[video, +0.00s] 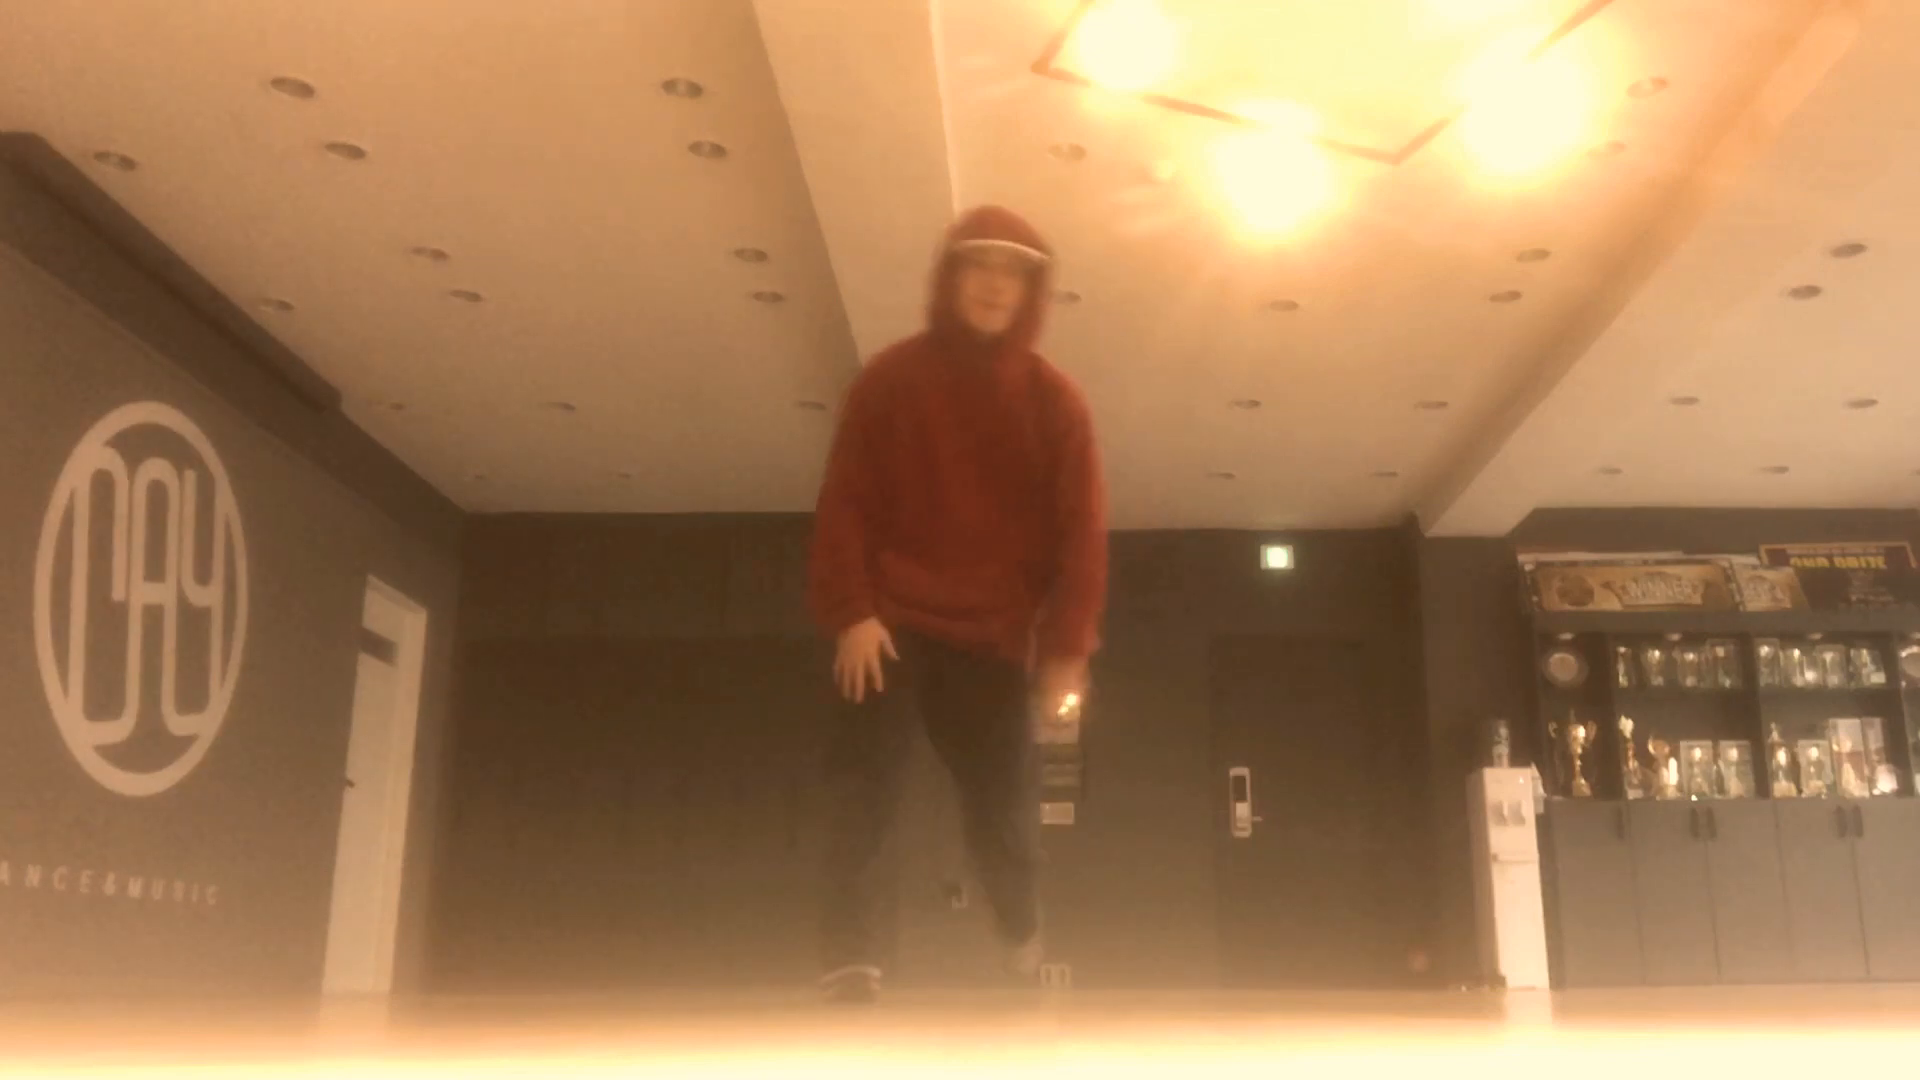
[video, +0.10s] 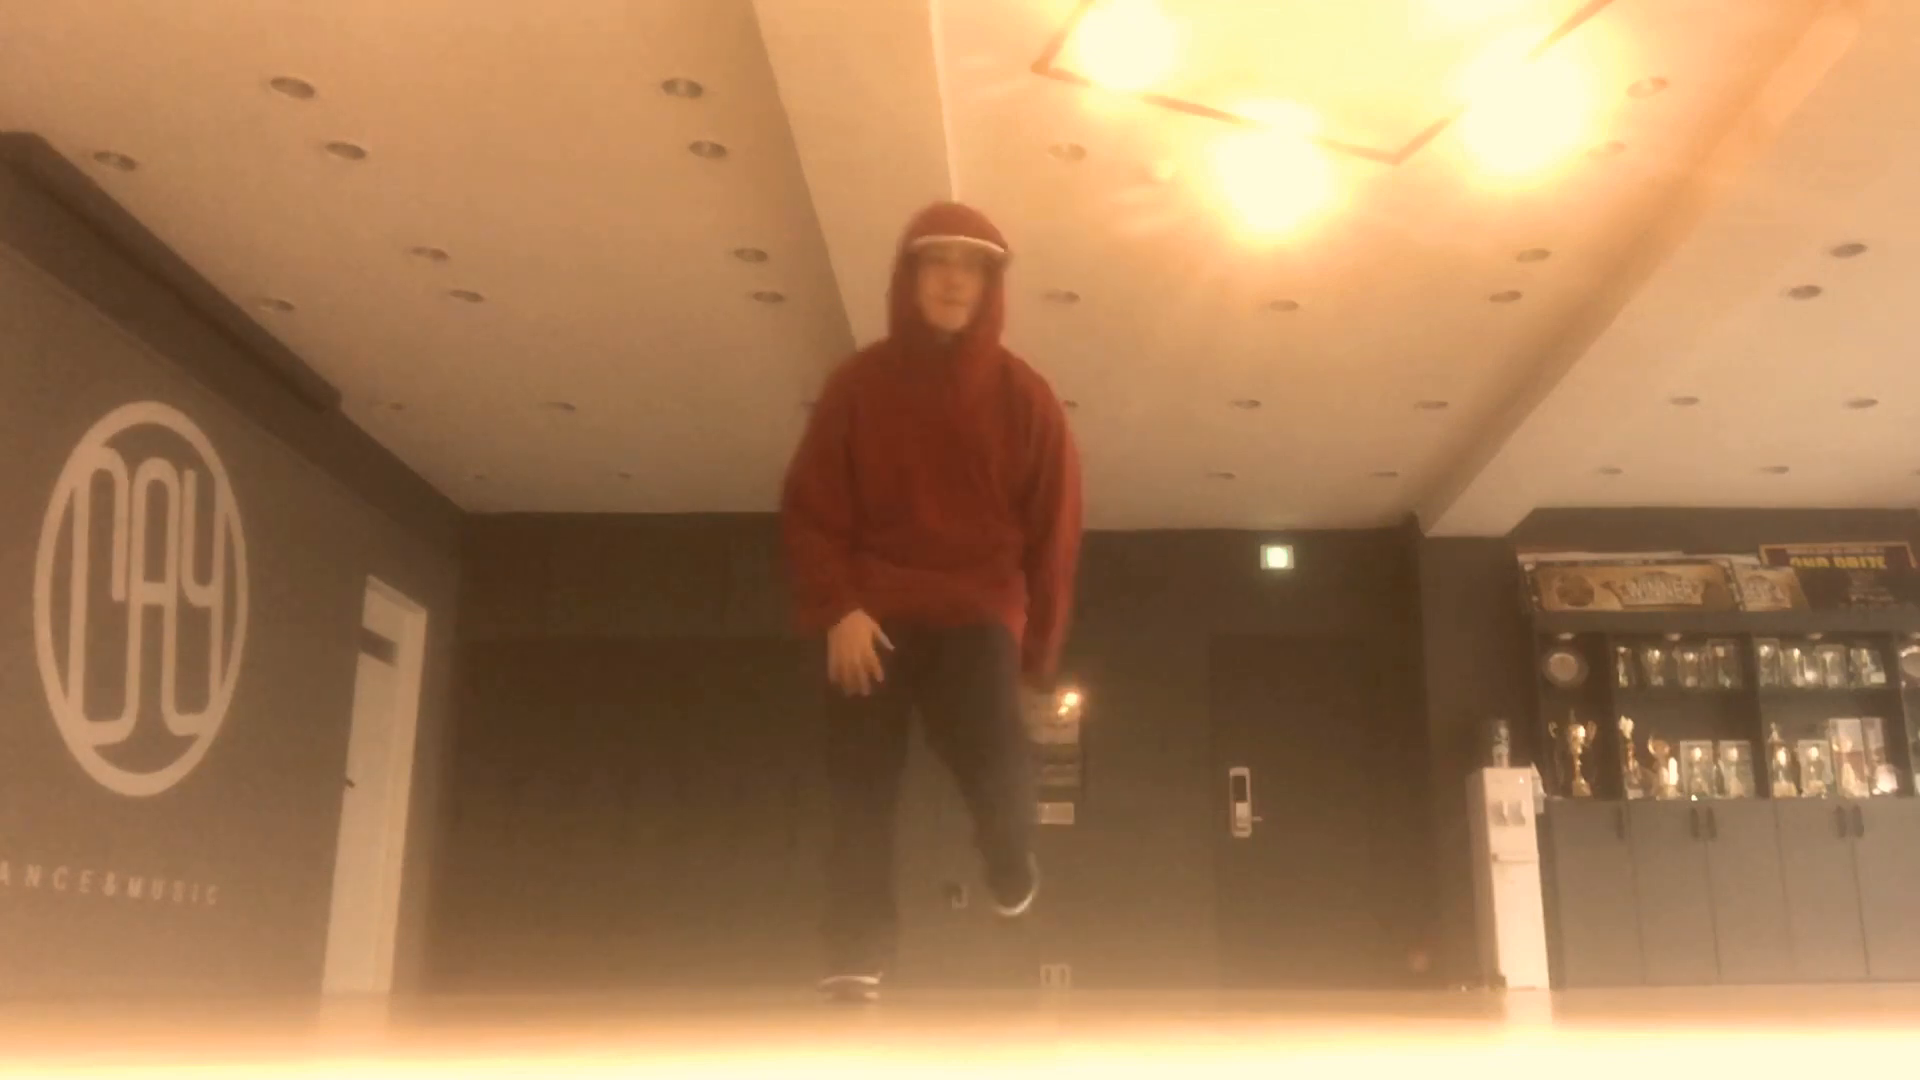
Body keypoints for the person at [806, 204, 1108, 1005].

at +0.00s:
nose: (992, 287)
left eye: (1011, 274)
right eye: (977, 267)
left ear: (1032, 291)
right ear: (947, 278)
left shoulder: (1053, 398)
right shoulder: (891, 379)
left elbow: (1083, 534)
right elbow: (842, 503)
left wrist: (1068, 655)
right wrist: (851, 613)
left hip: (993, 640)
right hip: (889, 629)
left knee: (1006, 813)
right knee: (862, 800)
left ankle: (1024, 952)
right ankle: (855, 964)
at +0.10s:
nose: (952, 282)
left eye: (970, 268)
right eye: (935, 264)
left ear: (991, 286)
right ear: (907, 278)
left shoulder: (1023, 396)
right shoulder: (858, 384)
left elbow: (1055, 532)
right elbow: (810, 507)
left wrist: (1040, 655)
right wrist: (839, 609)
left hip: (978, 614)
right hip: (871, 608)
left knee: (993, 756)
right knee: (860, 786)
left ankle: (1007, 866)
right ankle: (858, 956)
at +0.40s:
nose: (934, 255)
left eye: (956, 242)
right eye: (917, 236)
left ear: (979, 269)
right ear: (886, 252)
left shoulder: (991, 402)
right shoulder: (853, 338)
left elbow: (1044, 520)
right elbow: (893, 447)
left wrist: (1115, 613)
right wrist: (1013, 490)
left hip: (953, 590)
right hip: (835, 599)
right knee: (816, 785)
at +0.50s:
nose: (932, 245)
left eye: (953, 231)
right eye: (915, 224)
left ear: (973, 254)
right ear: (884, 235)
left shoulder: (977, 377)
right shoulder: (840, 328)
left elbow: (1049, 492)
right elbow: (901, 398)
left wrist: (1156, 578)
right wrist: (1014, 454)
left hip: (942, 603)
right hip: (825, 610)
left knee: (948, 730)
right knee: (810, 799)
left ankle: (874, 941)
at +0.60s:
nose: (917, 231)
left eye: (938, 214)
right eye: (899, 211)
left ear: (962, 232)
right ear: (870, 221)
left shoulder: (986, 345)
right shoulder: (821, 323)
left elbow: (1044, 460)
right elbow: (785, 456)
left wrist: (1077, 544)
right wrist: (897, 514)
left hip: (928, 593)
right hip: (814, 589)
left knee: (907, 734)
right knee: (813, 755)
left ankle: (893, 932)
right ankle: (830, 942)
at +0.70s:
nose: (882, 273)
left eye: (903, 253)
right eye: (864, 252)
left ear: (935, 264)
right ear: (839, 263)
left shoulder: (975, 365)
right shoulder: (797, 358)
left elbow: (1023, 483)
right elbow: (745, 489)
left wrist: (989, 556)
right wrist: (813, 567)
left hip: (924, 585)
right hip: (818, 589)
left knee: (895, 698)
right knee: (807, 743)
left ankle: (888, 942)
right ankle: (827, 943)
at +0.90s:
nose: (802, 295)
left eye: (819, 273)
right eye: (784, 276)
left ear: (854, 279)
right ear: (763, 286)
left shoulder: (918, 371)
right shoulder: (764, 385)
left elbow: (952, 530)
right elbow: (708, 484)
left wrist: (828, 566)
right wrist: (687, 543)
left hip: (947, 582)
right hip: (842, 586)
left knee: (915, 727)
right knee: (829, 743)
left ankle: (922, 951)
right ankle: (837, 950)